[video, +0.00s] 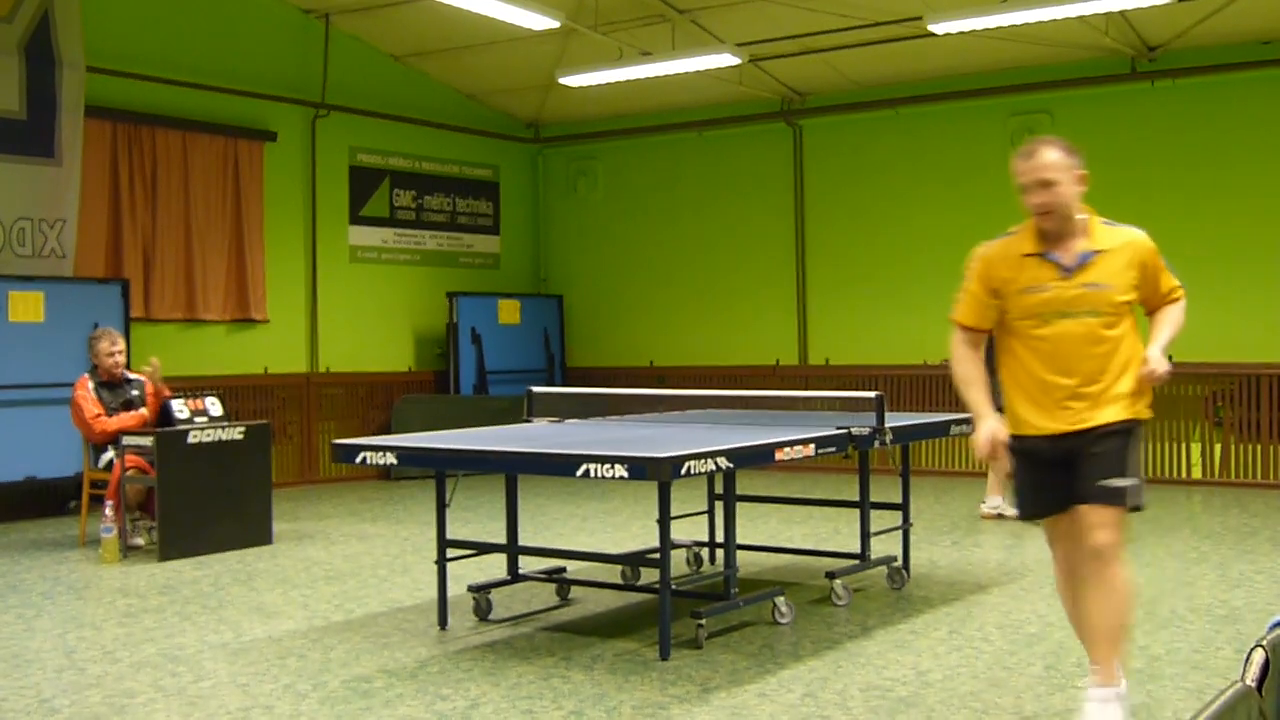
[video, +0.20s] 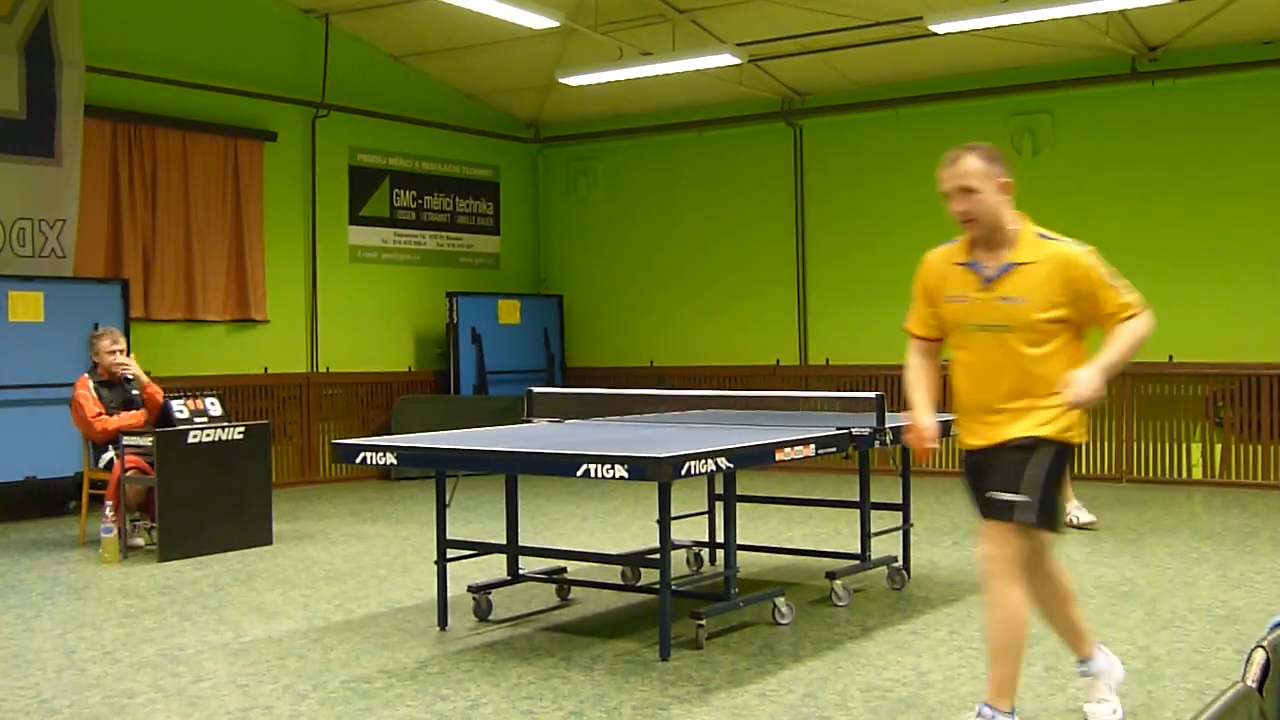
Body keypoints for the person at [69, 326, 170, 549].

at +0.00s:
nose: (118, 360)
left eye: (121, 353)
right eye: (110, 355)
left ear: (126, 354)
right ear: (95, 359)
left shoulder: (141, 381)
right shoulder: (85, 387)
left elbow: (161, 418)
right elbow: (97, 428)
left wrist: (159, 387)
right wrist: (142, 416)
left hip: (148, 444)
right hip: (112, 448)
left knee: (171, 468)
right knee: (134, 474)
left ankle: (151, 519)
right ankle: (132, 519)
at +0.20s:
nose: (119, 358)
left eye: (123, 352)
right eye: (112, 353)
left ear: (128, 355)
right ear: (96, 357)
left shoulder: (134, 380)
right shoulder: (85, 386)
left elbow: (161, 413)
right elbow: (98, 428)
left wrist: (142, 378)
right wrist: (144, 416)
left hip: (148, 445)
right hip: (113, 449)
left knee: (173, 469)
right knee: (135, 475)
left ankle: (153, 520)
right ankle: (131, 520)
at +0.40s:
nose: (119, 357)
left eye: (123, 352)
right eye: (112, 351)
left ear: (128, 355)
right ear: (96, 355)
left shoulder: (133, 381)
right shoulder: (84, 385)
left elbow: (162, 412)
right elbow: (98, 427)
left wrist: (135, 378)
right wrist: (143, 415)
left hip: (146, 446)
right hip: (112, 449)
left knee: (172, 470)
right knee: (135, 476)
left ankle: (152, 521)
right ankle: (130, 520)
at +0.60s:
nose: (121, 357)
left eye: (125, 352)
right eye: (115, 351)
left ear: (129, 355)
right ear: (98, 355)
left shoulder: (134, 381)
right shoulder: (85, 385)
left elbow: (162, 413)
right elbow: (98, 427)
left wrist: (136, 381)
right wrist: (143, 415)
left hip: (147, 446)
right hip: (113, 449)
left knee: (172, 470)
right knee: (136, 475)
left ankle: (150, 521)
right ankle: (129, 521)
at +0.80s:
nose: (122, 357)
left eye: (125, 352)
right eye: (116, 351)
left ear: (130, 354)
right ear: (99, 354)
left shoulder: (136, 380)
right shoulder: (85, 384)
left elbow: (161, 412)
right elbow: (98, 426)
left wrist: (137, 381)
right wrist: (142, 415)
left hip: (146, 445)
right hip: (112, 447)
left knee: (170, 468)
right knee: (135, 473)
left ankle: (151, 520)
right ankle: (130, 520)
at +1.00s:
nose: (121, 358)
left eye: (125, 353)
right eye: (115, 353)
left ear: (129, 355)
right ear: (98, 355)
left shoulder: (134, 381)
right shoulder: (85, 385)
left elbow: (160, 413)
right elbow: (98, 428)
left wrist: (137, 382)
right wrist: (141, 416)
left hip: (146, 446)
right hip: (112, 449)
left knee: (172, 469)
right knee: (135, 475)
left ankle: (153, 521)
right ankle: (130, 520)